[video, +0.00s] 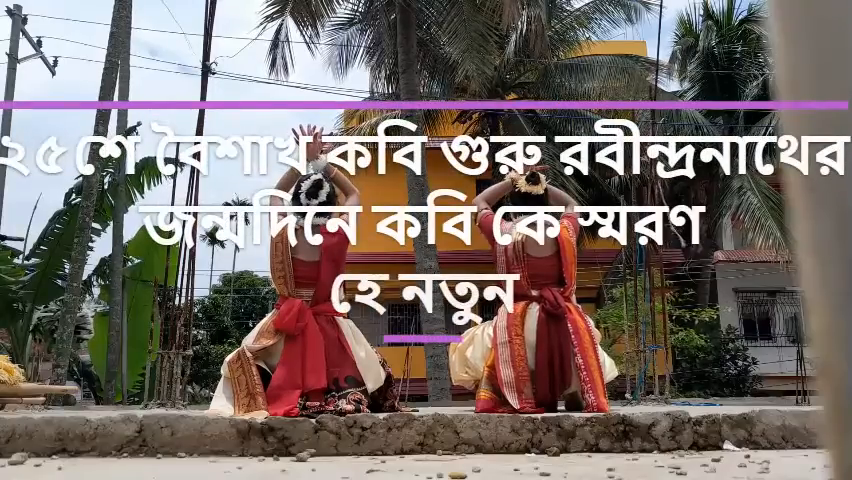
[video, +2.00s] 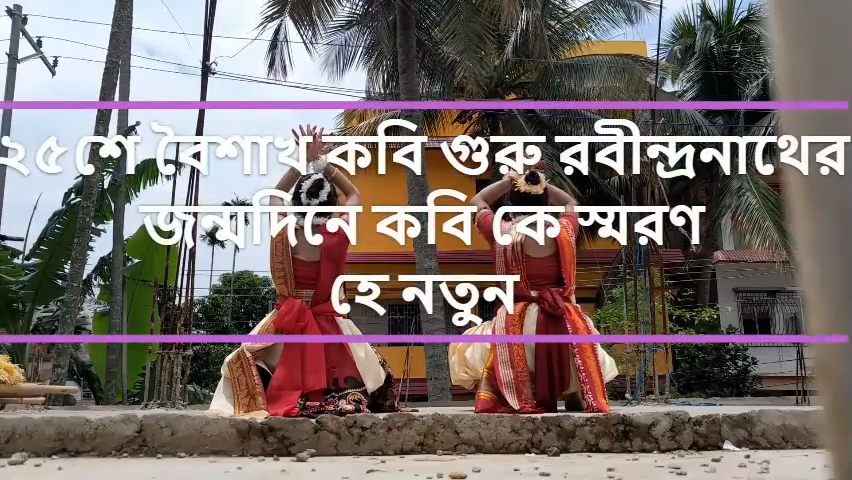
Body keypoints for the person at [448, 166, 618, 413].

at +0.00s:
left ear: (512, 208)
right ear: (545, 206)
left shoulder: (504, 234)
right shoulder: (563, 232)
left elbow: (481, 202)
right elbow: (570, 204)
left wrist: (509, 183)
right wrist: (543, 187)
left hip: (520, 317)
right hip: (564, 317)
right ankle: (574, 392)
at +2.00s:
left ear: (511, 209)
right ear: (544, 206)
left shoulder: (503, 233)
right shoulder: (563, 232)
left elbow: (480, 200)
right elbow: (569, 202)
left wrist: (507, 182)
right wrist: (542, 185)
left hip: (518, 318)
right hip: (562, 317)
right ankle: (574, 394)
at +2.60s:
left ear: (509, 202)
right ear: (545, 201)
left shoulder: (501, 231)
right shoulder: (562, 228)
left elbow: (479, 197)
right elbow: (566, 198)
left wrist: (502, 168)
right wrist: (542, 170)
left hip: (516, 321)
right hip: (561, 319)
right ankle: (576, 394)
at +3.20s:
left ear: (514, 207)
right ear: (546, 207)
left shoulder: (501, 233)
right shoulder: (564, 232)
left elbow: (462, 219)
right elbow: (595, 209)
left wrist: (467, 184)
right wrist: (568, 180)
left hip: (514, 316)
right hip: (559, 315)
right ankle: (579, 397)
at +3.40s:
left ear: (510, 207)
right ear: (544, 207)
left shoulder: (495, 236)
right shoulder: (566, 234)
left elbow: (446, 222)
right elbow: (605, 221)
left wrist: (447, 192)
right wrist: (593, 192)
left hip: (512, 325)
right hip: (561, 323)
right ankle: (575, 394)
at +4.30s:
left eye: (515, 204)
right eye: (537, 202)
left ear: (511, 209)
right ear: (547, 207)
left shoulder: (494, 240)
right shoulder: (569, 238)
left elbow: (442, 252)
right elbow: (619, 245)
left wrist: (426, 226)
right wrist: (616, 216)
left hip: (512, 328)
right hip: (563, 326)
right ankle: (578, 395)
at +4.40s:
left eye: (522, 201)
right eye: (536, 201)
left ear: (511, 206)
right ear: (547, 205)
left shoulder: (493, 240)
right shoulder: (570, 240)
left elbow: (452, 260)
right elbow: (620, 253)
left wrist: (423, 239)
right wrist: (624, 227)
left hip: (511, 330)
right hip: (565, 327)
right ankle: (578, 400)